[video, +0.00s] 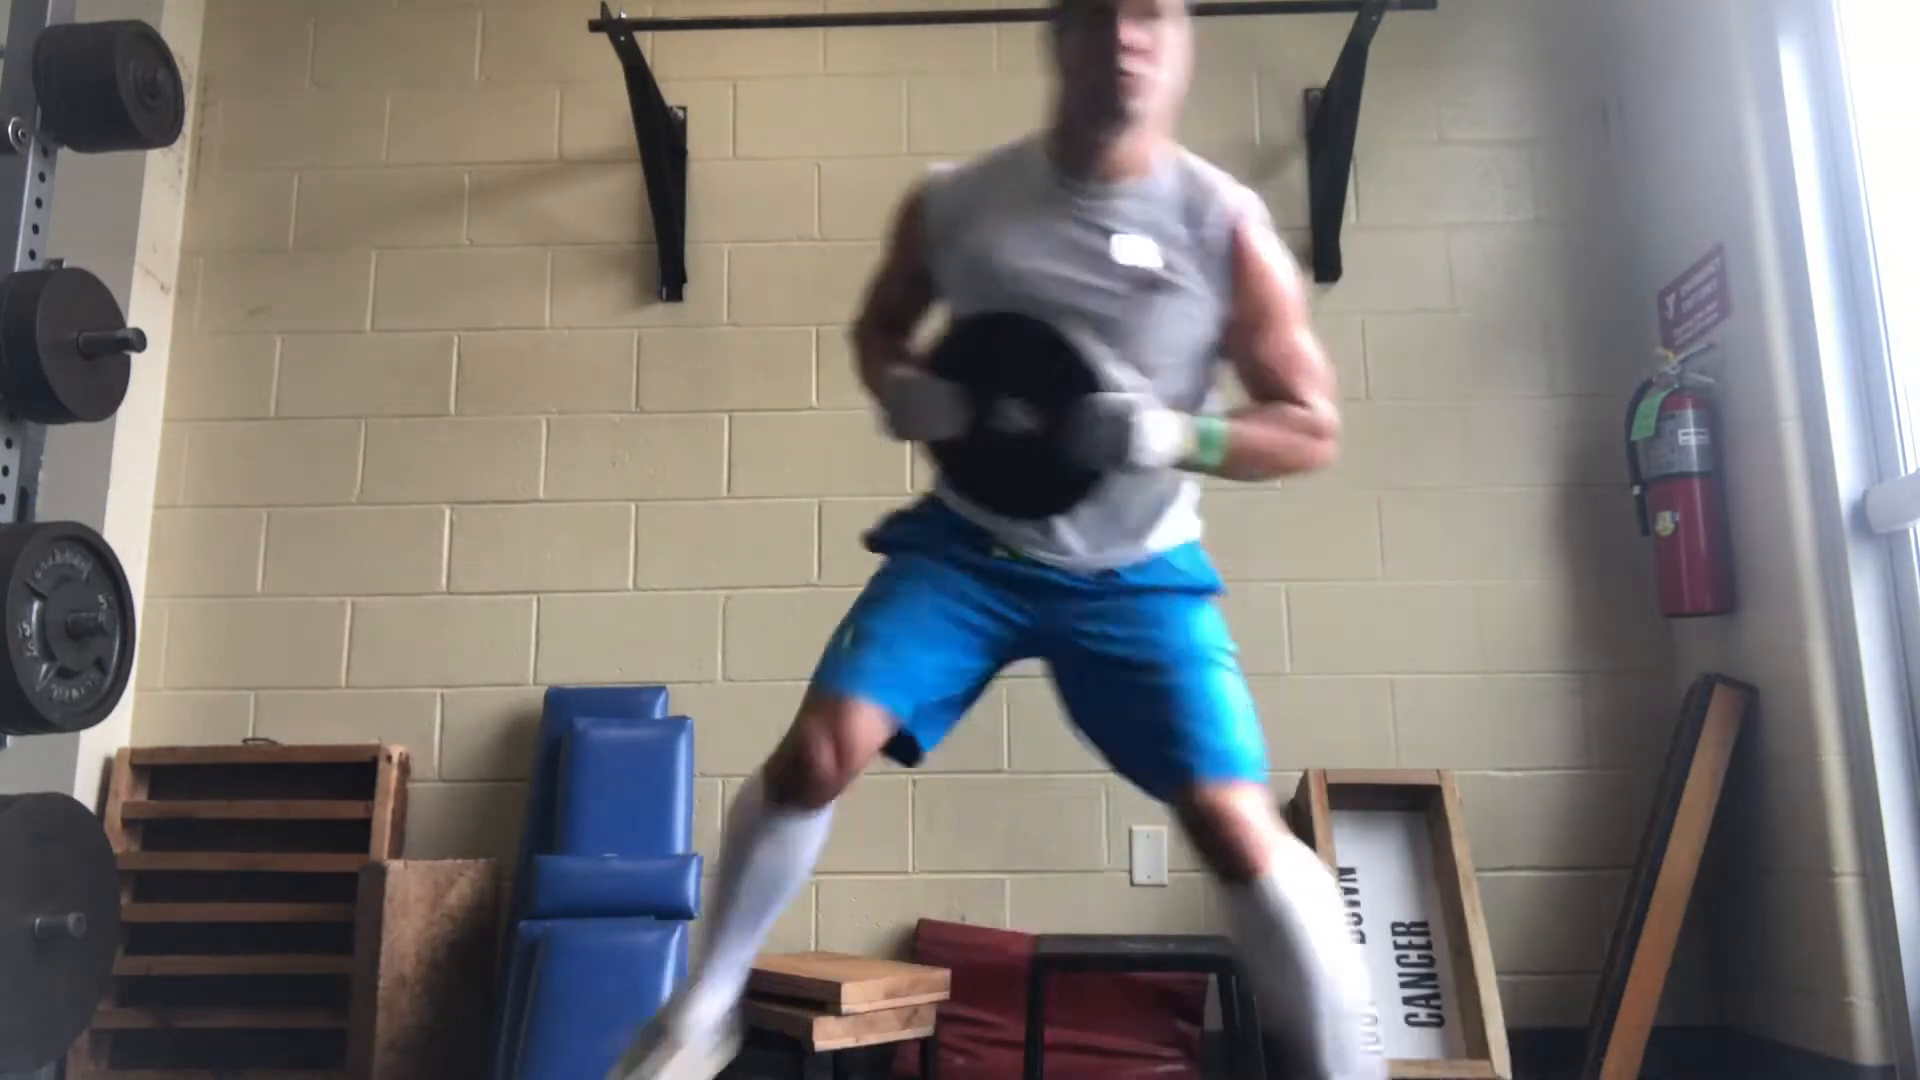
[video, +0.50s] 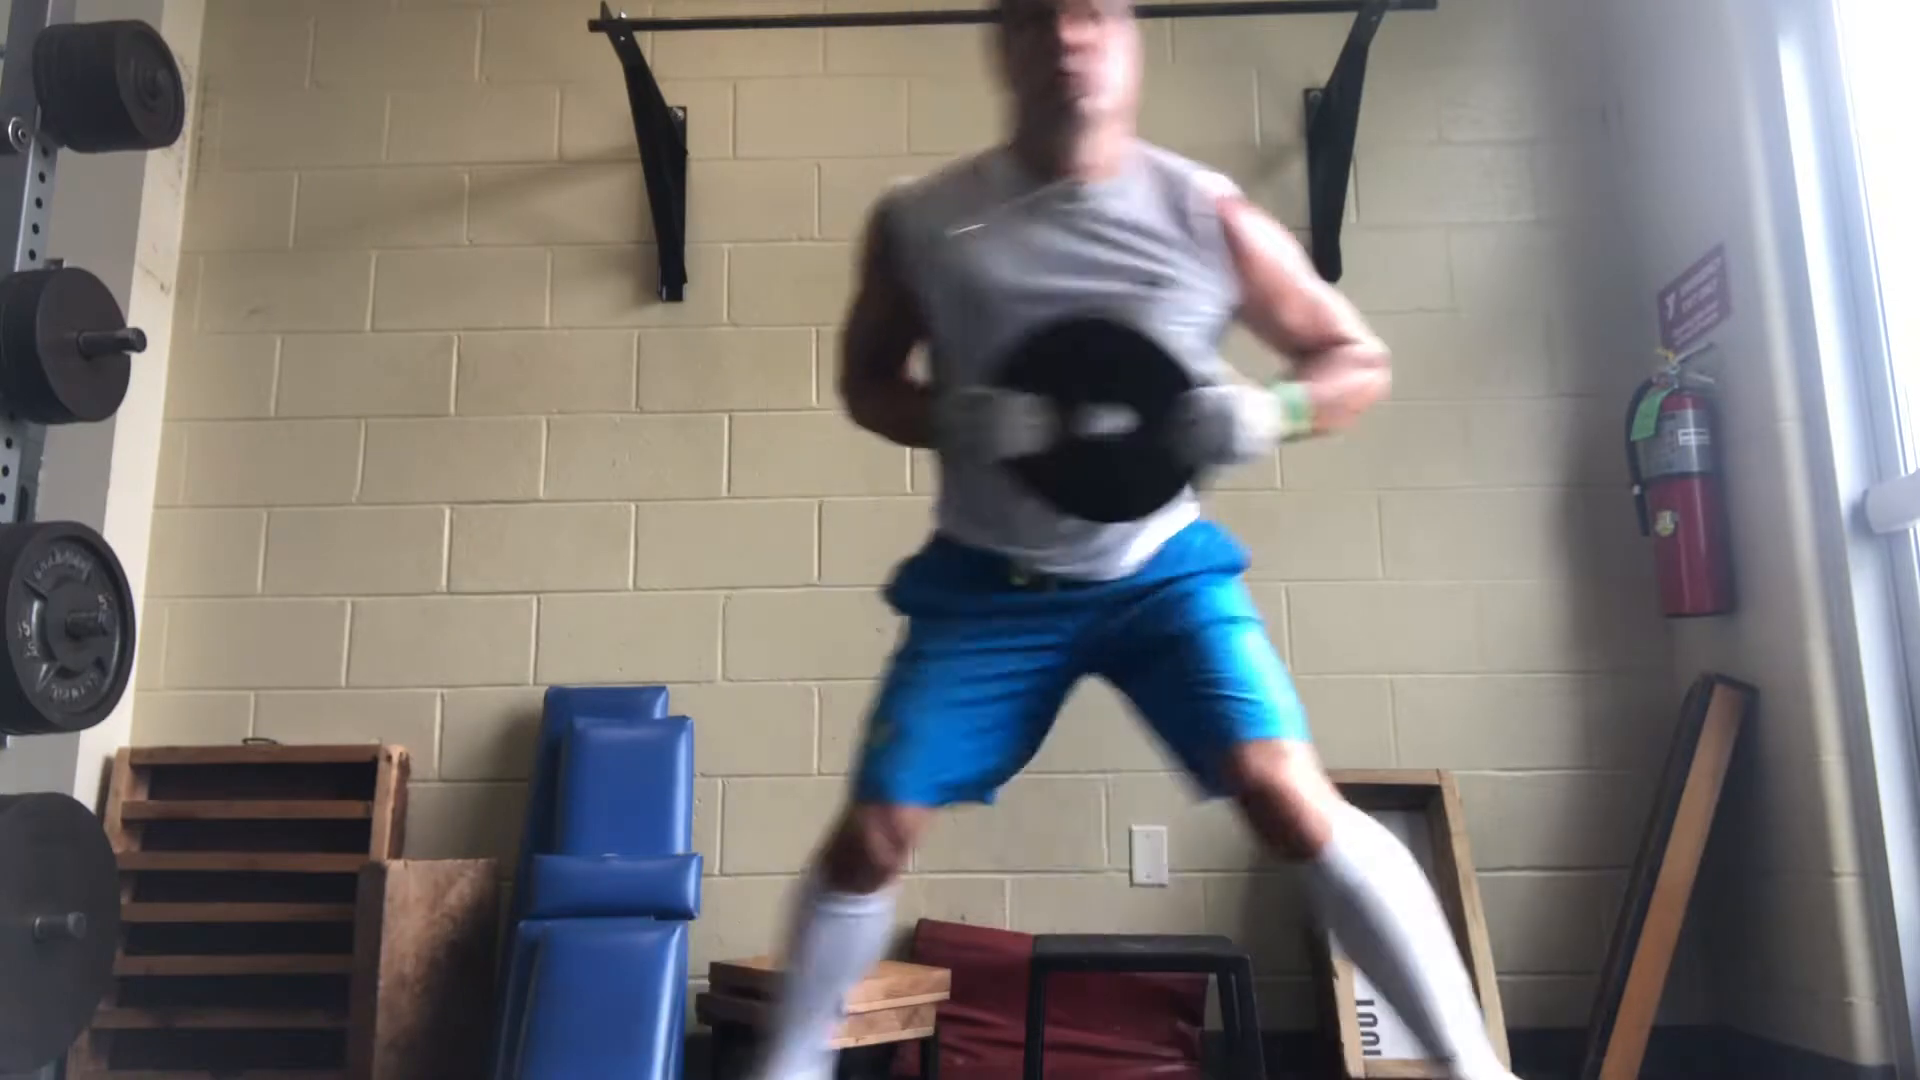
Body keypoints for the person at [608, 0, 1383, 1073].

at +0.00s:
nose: (1124, 38)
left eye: (1151, 18)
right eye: (1096, 16)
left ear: (1188, 52)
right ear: (1055, 42)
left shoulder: (1223, 223)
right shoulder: (952, 207)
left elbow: (1311, 429)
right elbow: (877, 333)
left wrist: (1171, 436)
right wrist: (907, 395)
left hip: (1141, 578)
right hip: (964, 554)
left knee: (1235, 826)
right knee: (817, 751)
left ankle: (1355, 1068)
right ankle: (691, 1028)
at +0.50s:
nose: (1069, 42)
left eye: (1094, 19)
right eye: (1039, 22)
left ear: (1133, 43)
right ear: (1001, 50)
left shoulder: (1206, 217)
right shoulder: (918, 226)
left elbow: (1358, 360)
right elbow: (865, 385)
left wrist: (1275, 408)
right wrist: (956, 422)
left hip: (1166, 575)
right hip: (986, 587)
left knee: (1287, 801)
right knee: (871, 835)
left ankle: (1477, 1067)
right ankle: (786, 1067)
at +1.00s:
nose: (1099, 25)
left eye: (1122, 6)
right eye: (1067, 7)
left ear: (1155, 37)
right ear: (1023, 33)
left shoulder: (1210, 212)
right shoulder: (936, 214)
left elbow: (1332, 404)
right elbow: (887, 362)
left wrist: (1173, 430)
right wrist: (916, 410)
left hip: (1152, 581)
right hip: (972, 562)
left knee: (1249, 829)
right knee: (823, 780)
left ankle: (1361, 1073)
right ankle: (690, 1053)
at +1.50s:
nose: (1088, 72)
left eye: (1111, 50)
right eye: (1060, 53)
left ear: (1151, 82)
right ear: (1021, 86)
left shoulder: (1220, 247)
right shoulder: (938, 262)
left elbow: (1333, 395)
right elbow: (879, 434)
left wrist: (1292, 451)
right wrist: (981, 467)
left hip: (1180, 606)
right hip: (998, 616)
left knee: (1317, 813)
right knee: (874, 857)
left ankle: (1501, 1068)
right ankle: (771, 1066)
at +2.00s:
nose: (1053, 57)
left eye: (1079, 35)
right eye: (1028, 34)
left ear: (1113, 66)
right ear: (992, 62)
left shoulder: (1169, 235)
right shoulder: (906, 240)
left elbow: (1261, 446)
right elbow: (840, 414)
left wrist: (1100, 456)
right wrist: (877, 429)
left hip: (1118, 594)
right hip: (941, 582)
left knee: (1209, 832)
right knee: (793, 805)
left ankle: (1308, 1075)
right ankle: (646, 1062)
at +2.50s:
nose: (1052, 71)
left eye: (1073, 46)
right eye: (1025, 50)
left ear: (1111, 74)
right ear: (989, 81)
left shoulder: (1187, 238)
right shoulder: (902, 250)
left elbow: (1285, 364)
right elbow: (846, 428)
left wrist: (1265, 433)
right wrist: (958, 453)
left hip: (1137, 594)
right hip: (962, 604)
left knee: (1274, 823)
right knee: (854, 846)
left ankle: (1448, 1070)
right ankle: (802, 1065)